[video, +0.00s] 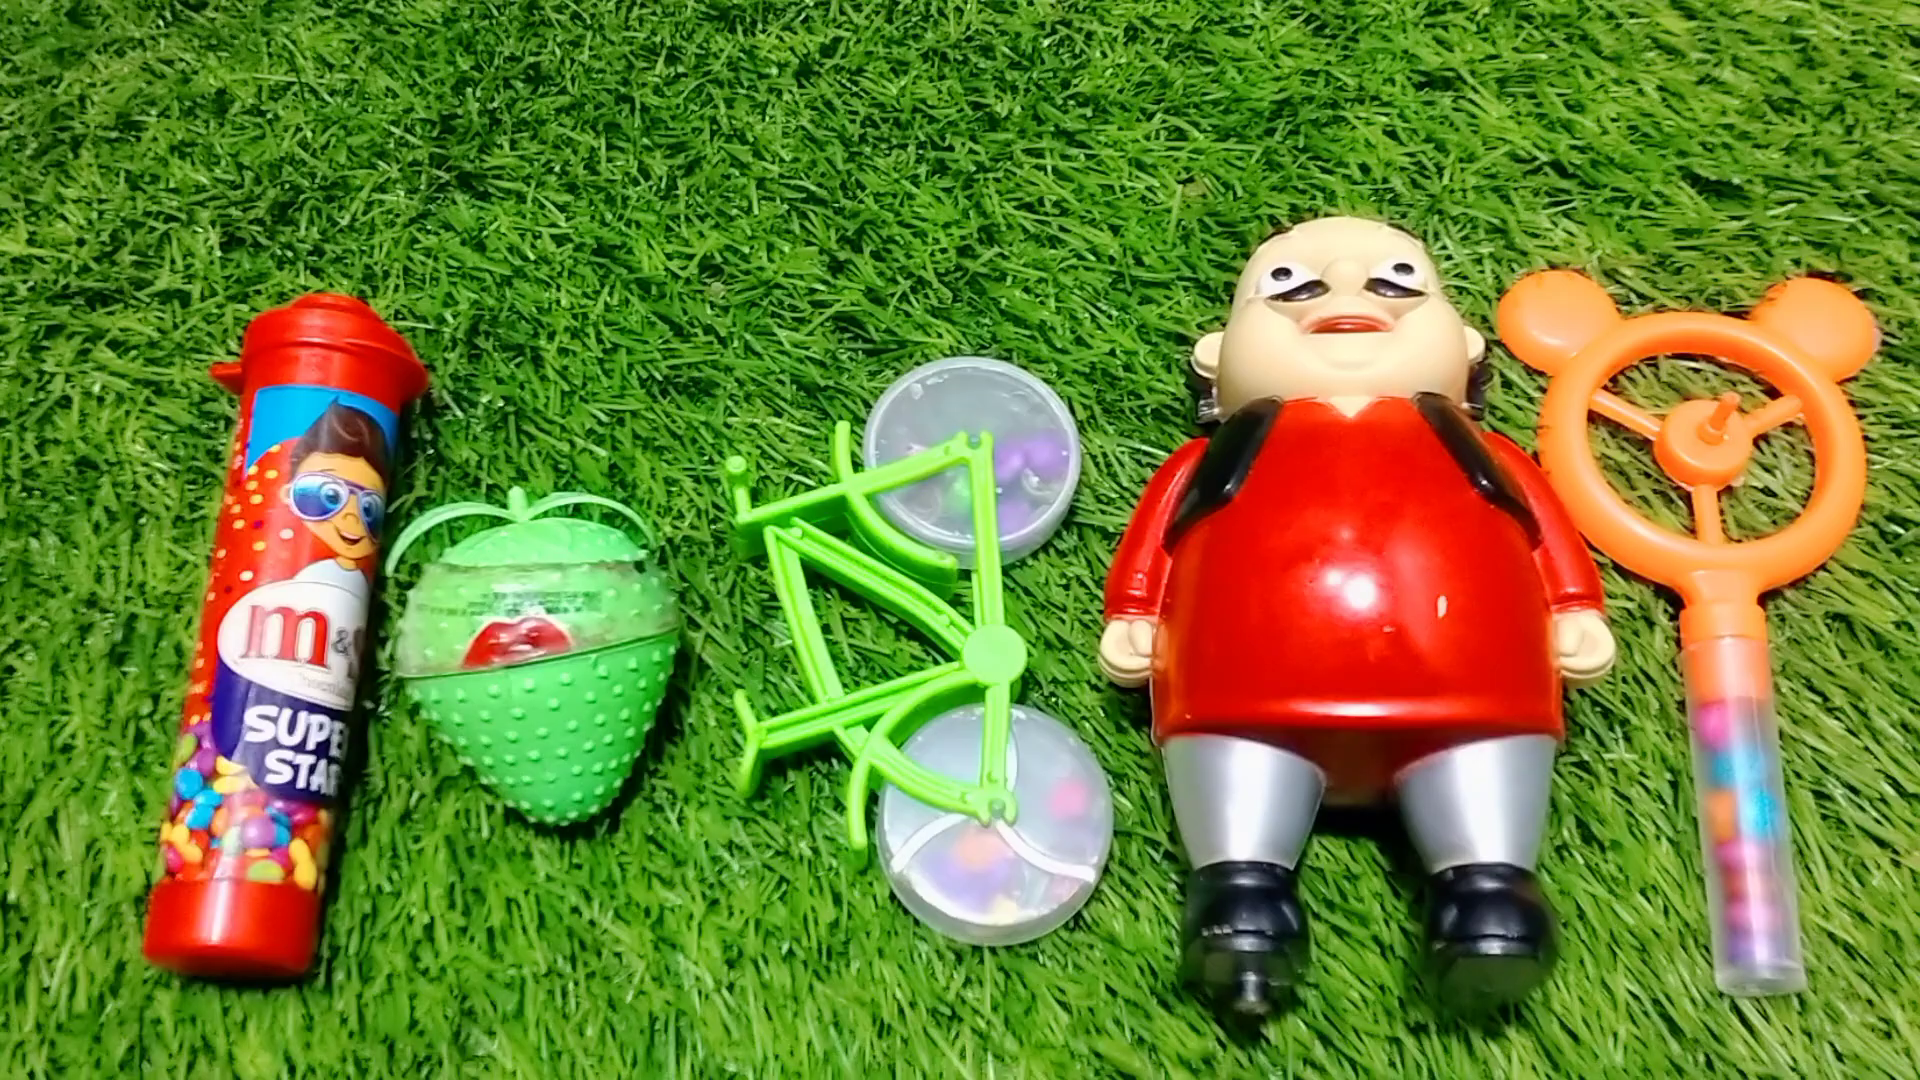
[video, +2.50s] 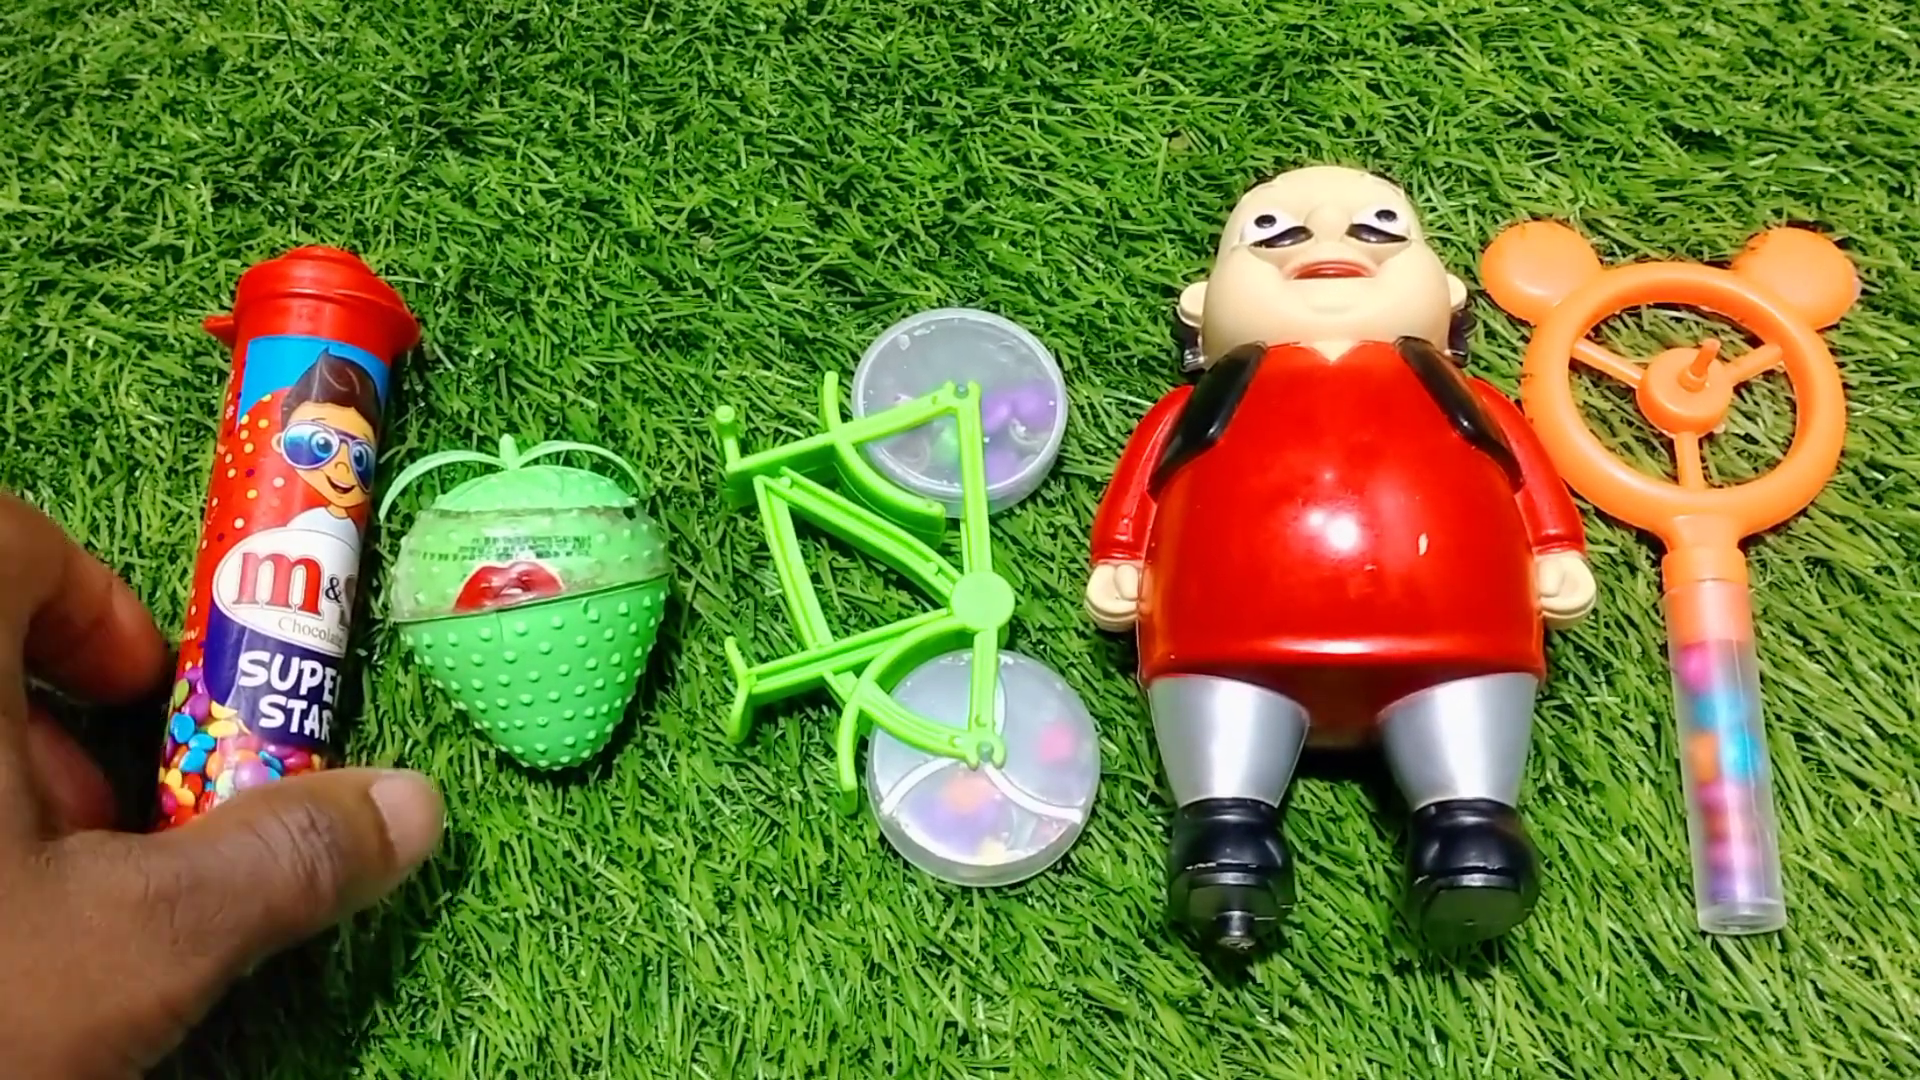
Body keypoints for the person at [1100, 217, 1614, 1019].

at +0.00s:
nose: (1348, 295)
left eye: (1398, 278)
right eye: (1293, 280)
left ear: (1466, 353)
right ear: (1218, 360)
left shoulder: (1484, 449)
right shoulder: (1209, 456)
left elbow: (1543, 521)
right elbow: (1157, 531)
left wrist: (1573, 602)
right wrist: (1136, 608)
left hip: (1460, 631)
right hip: (1255, 631)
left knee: (1486, 727)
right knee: (1237, 732)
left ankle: (1488, 892)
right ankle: (1244, 902)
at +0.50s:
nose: (1327, 256)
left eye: (1375, 239)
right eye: (1274, 242)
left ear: (1442, 312)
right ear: (1198, 322)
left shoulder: (1461, 407)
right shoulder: (1191, 417)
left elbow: (1521, 481)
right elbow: (1139, 492)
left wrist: (1551, 560)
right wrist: (1117, 569)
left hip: (1440, 586)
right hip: (1238, 591)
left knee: (1465, 682)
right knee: (1219, 689)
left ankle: (1468, 841)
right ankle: (1227, 858)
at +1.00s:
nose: (1332, 247)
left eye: (1380, 230)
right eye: (1277, 233)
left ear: (1448, 306)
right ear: (1201, 315)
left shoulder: (1466, 401)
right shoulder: (1194, 409)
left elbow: (1525, 472)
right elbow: (1142, 483)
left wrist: (1552, 552)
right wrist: (1121, 560)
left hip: (1442, 578)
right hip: (1240, 581)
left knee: (1466, 672)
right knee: (1222, 680)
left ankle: (1468, 834)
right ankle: (1227, 842)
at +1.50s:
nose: (1330, 242)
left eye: (1379, 225)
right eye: (1276, 228)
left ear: (1447, 301)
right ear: (1200, 311)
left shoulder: (1466, 395)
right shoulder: (1193, 404)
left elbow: (1524, 466)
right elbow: (1142, 478)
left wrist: (1553, 546)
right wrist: (1120, 555)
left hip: (1442, 574)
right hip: (1239, 577)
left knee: (1466, 670)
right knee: (1220, 677)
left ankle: (1469, 827)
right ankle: (1227, 837)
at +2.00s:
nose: (1332, 240)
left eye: (1380, 224)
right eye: (1277, 226)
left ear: (1449, 300)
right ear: (1201, 309)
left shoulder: (1467, 394)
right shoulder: (1194, 403)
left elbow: (1525, 465)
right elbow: (1142, 477)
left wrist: (1554, 545)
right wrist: (1121, 553)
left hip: (1443, 574)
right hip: (1239, 578)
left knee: (1466, 670)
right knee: (1221, 677)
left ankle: (1469, 829)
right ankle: (1228, 838)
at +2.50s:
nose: (1332, 240)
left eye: (1380, 224)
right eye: (1277, 226)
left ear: (1449, 299)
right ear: (1202, 309)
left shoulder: (1467, 395)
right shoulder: (1194, 403)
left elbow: (1527, 466)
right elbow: (1142, 478)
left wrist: (1555, 545)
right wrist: (1121, 552)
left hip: (1443, 575)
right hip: (1240, 578)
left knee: (1467, 673)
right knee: (1221, 678)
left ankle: (1469, 830)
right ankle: (1228, 838)